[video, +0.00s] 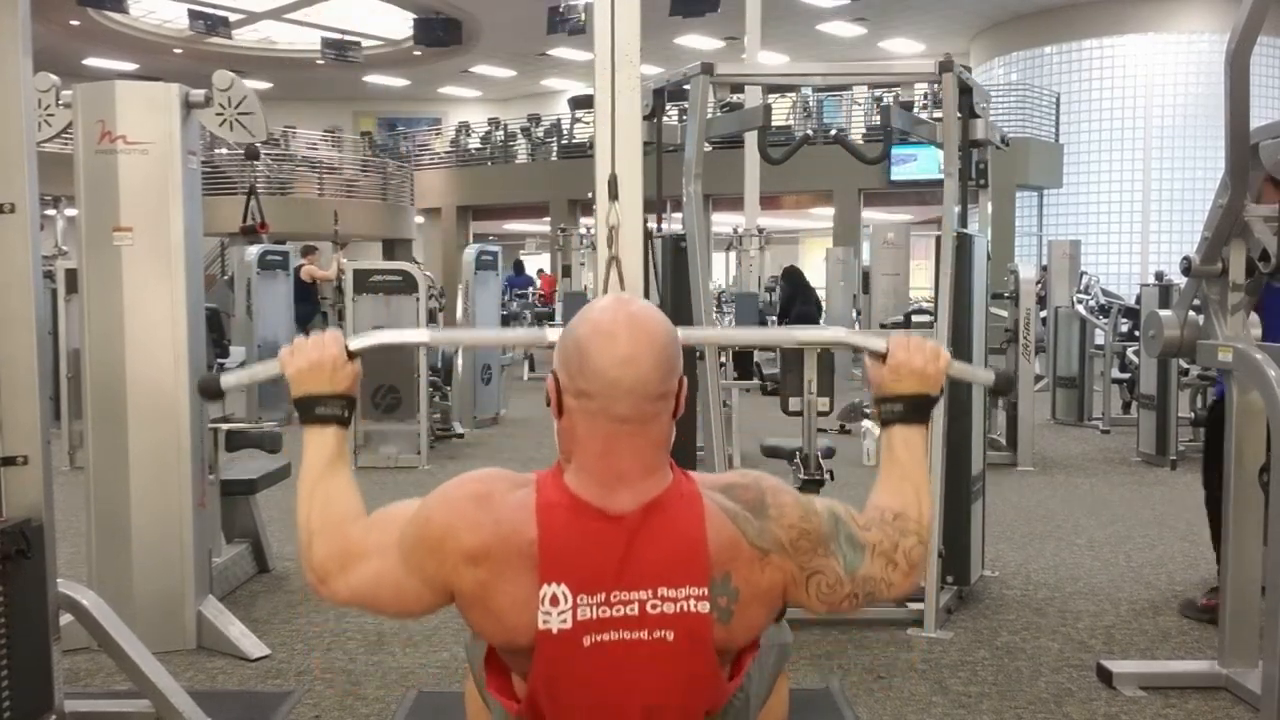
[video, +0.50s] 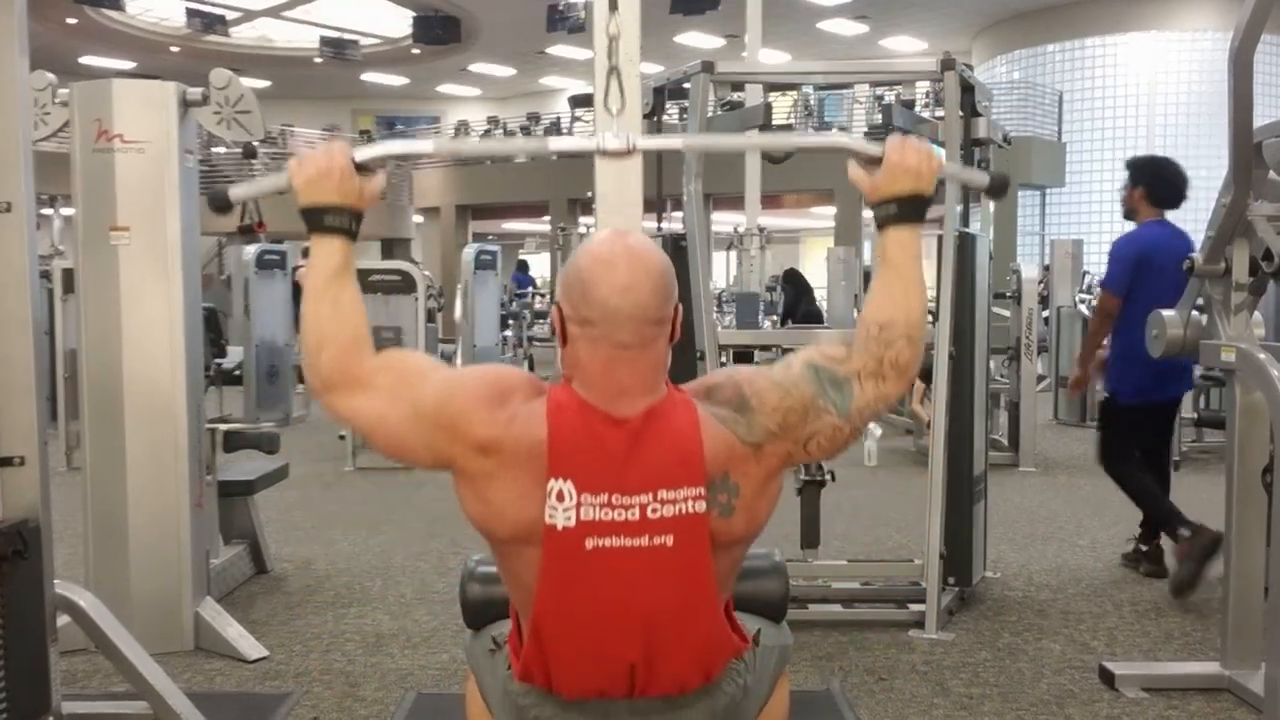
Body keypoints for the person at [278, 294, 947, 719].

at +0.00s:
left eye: (557, 369)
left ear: (555, 395)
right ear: (679, 397)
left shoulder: (479, 519)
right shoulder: (753, 519)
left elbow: (335, 565)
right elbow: (896, 561)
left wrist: (321, 412)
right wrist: (907, 413)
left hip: (532, 712)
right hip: (698, 710)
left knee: (484, 650)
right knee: (799, 674)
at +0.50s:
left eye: (560, 303)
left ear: (559, 325)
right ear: (674, 325)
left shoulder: (490, 417)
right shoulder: (749, 416)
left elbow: (340, 375)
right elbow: (888, 364)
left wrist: (329, 224)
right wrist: (902, 216)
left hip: (546, 695)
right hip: (708, 692)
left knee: (484, 662)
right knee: (771, 648)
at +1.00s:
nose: (566, 279)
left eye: (568, 268)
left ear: (571, 285)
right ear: (675, 285)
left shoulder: (513, 349)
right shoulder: (735, 352)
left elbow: (395, 246)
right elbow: (843, 230)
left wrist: (348, 90)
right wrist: (892, 81)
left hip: (555, 683)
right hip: (700, 683)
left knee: (488, 668)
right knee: (771, 649)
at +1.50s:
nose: (574, 275)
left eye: (575, 264)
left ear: (576, 280)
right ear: (679, 278)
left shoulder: (519, 340)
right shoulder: (739, 343)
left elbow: (407, 225)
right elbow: (842, 219)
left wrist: (348, 75)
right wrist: (890, 72)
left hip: (557, 682)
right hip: (699, 683)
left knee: (489, 664)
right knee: (771, 646)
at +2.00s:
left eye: (566, 331)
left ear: (567, 349)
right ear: (685, 351)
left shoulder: (500, 441)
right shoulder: (761, 439)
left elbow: (351, 403)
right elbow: (897, 414)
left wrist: (331, 252)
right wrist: (912, 268)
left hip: (549, 695)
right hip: (703, 693)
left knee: (489, 650)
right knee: (771, 646)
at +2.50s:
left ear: (563, 419)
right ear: (689, 422)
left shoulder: (485, 544)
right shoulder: (767, 544)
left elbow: (349, 627)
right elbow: (876, 636)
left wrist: (326, 479)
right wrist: (905, 486)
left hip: (532, 707)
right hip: (703, 710)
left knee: (486, 669)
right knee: (767, 645)